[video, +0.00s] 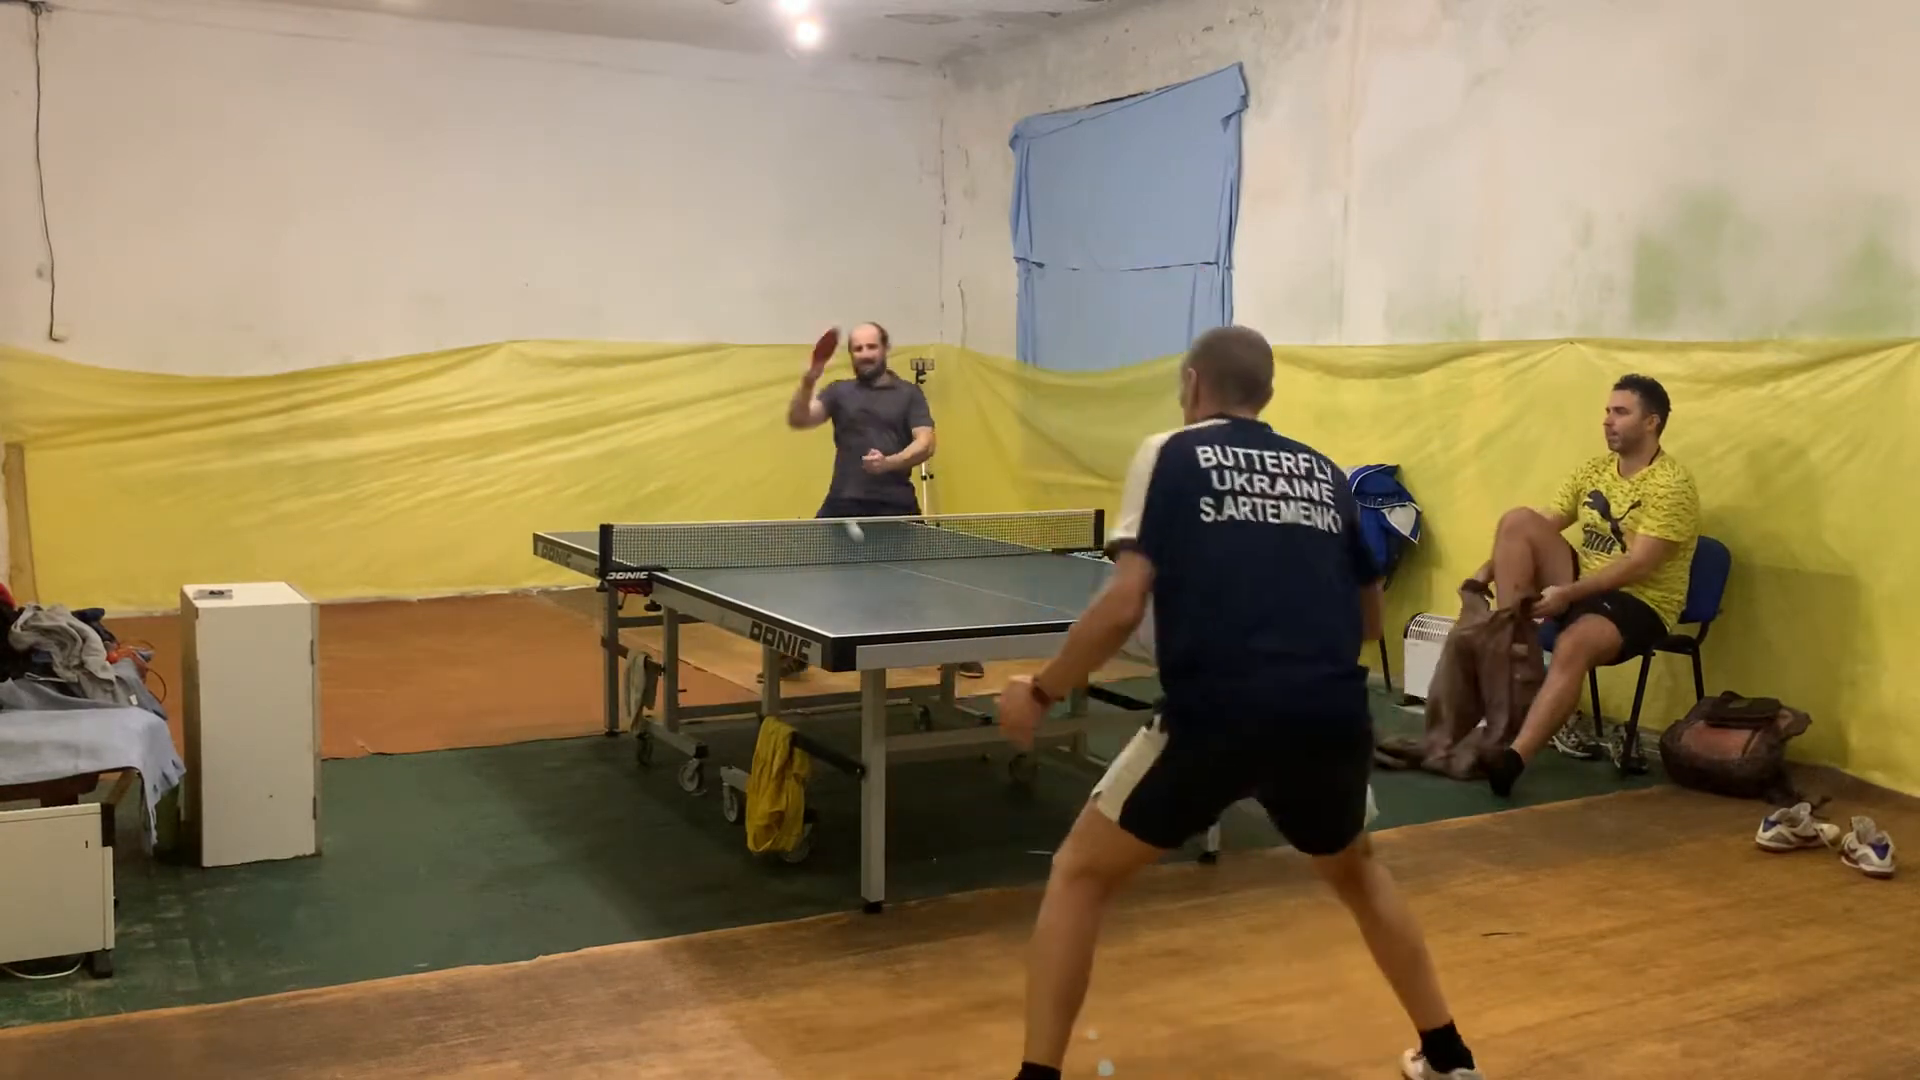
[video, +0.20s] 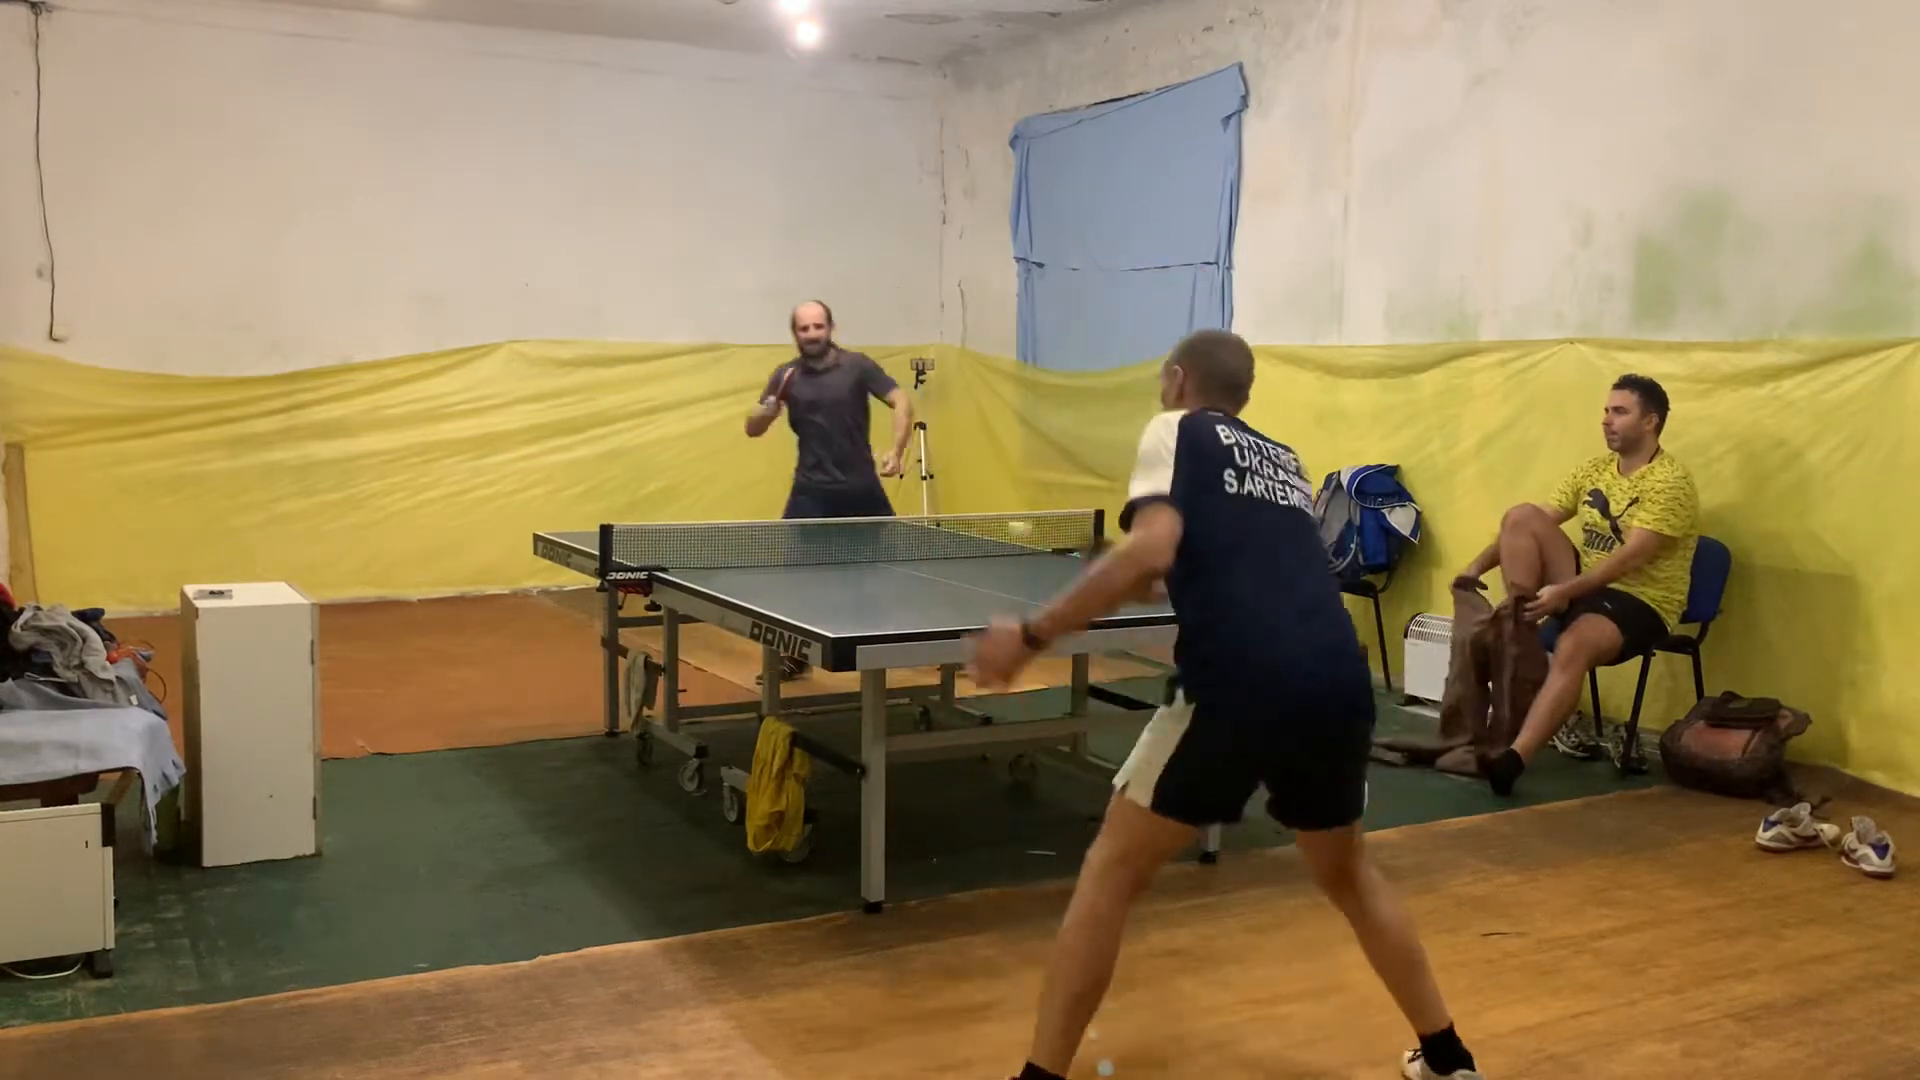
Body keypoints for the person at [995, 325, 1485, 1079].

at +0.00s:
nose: (1179, 398)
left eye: (1181, 388)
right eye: (1180, 388)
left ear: (1194, 387)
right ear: (1268, 396)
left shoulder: (1169, 453)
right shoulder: (1326, 472)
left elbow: (1125, 603)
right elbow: (1367, 618)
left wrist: (1042, 689)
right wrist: (1298, 673)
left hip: (1211, 722)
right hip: (1328, 720)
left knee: (1082, 873)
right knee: (1358, 871)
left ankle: (1038, 1071)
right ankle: (1448, 1053)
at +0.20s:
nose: (1160, 400)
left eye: (1162, 389)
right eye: (1161, 389)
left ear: (1179, 384)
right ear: (1245, 396)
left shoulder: (1174, 428)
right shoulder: (1285, 461)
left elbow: (1153, 547)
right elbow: (1287, 571)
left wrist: (1033, 632)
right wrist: (1169, 584)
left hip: (1230, 690)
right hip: (1336, 688)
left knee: (1113, 870)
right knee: (1349, 873)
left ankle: (1042, 1070)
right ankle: (1449, 1055)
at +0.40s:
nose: (1106, 357)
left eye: (1111, 349)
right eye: (1112, 350)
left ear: (1123, 355)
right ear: (1176, 377)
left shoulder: (1124, 387)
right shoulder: (1193, 430)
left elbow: (1129, 453)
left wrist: (1039, 483)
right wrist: (1081, 459)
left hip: (1194, 655)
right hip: (1289, 647)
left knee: (1111, 872)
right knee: (1334, 844)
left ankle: (1050, 1071)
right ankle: (1445, 1030)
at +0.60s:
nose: (1073, 333)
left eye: (1076, 321)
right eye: (1077, 321)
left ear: (1089, 325)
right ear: (1151, 338)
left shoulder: (1092, 374)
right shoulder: (1182, 401)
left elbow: (1124, 448)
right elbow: (1195, 502)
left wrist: (1111, 524)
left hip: (1151, 628)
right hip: (1237, 623)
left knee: (1057, 830)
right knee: (1191, 783)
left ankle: (1036, 1052)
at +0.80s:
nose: (1074, 351)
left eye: (1076, 339)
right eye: (1078, 340)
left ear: (1087, 337)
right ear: (1154, 348)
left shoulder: (1078, 389)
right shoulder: (1198, 418)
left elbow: (1081, 510)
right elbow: (1205, 538)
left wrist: (1030, 643)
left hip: (1113, 643)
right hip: (1208, 643)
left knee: (1007, 796)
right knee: (1162, 773)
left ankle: (964, 1003)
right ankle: (1211, 955)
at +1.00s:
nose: (1168, 364)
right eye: (1172, 355)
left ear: (1096, 340)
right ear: (1166, 350)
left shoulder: (1036, 407)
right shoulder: (1180, 401)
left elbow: (981, 519)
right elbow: (1211, 529)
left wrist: (954, 642)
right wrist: (1336, 591)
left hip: (1055, 650)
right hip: (1159, 647)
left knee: (994, 805)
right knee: (1191, 785)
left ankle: (951, 995)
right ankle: (1204, 960)